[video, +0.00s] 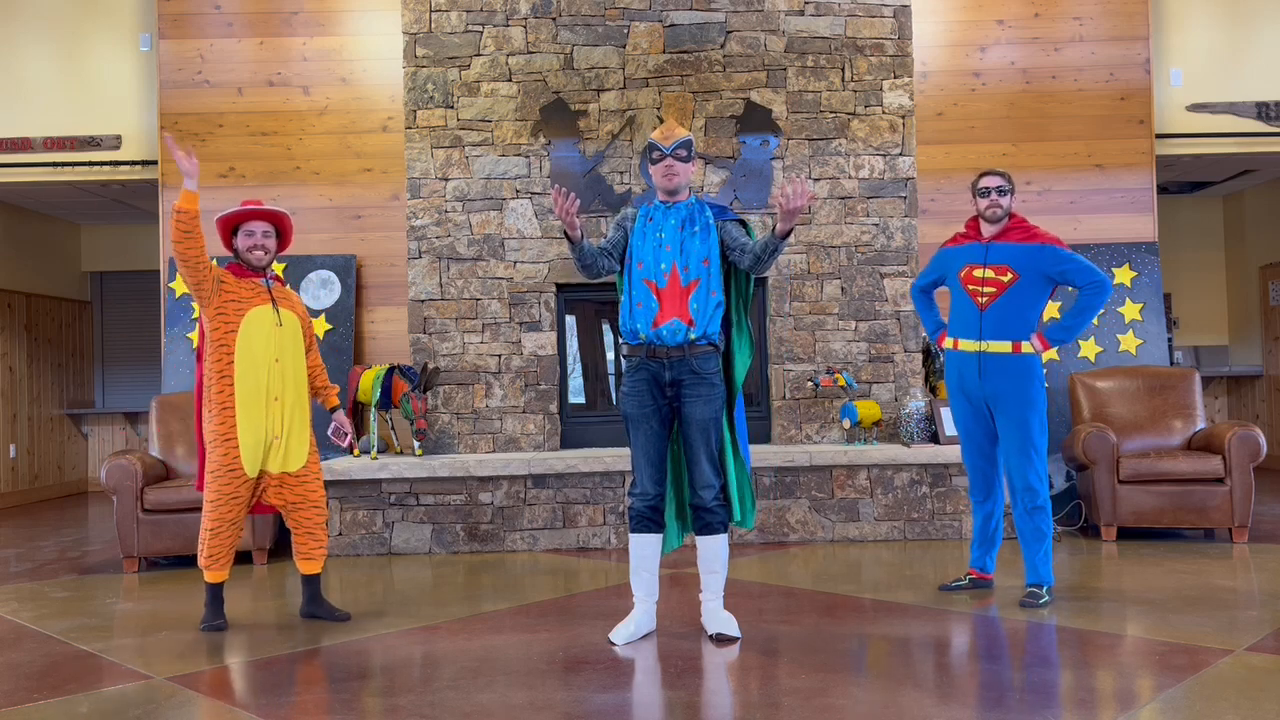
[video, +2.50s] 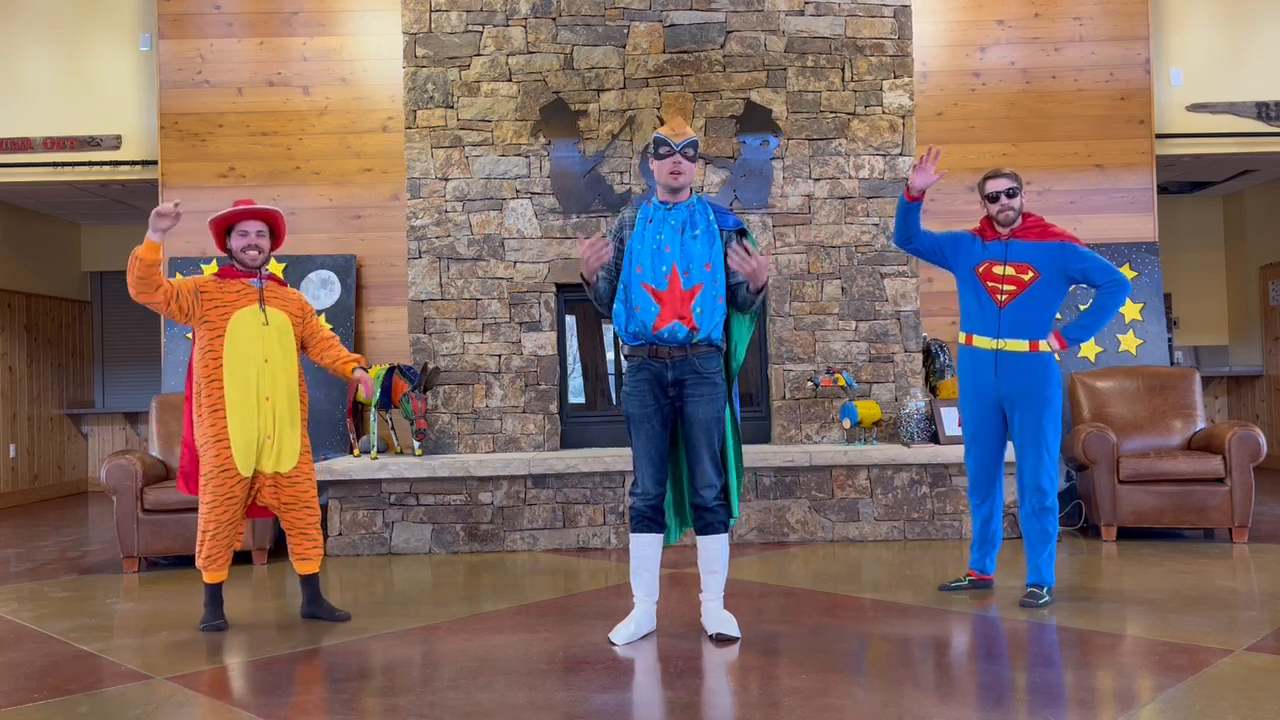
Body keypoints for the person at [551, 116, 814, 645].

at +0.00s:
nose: (671, 165)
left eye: (681, 157)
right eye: (661, 158)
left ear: (696, 166)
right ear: (648, 168)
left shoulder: (717, 217)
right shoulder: (632, 217)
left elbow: (752, 261)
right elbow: (597, 265)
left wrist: (781, 230)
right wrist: (576, 237)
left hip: (700, 365)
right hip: (642, 367)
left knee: (707, 485)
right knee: (646, 488)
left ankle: (714, 607)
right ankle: (644, 609)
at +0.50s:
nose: (645, 164)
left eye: (656, 155)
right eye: (642, 159)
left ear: (685, 163)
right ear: (643, 170)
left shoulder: (720, 220)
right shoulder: (637, 222)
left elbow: (753, 286)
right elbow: (605, 291)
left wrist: (774, 257)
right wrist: (595, 263)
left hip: (700, 366)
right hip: (641, 367)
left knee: (706, 484)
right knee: (647, 487)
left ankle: (713, 608)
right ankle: (644, 610)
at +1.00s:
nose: (668, 166)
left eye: (677, 156)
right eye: (657, 160)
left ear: (693, 164)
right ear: (645, 171)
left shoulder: (722, 221)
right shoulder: (631, 223)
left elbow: (752, 295)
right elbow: (608, 298)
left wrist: (775, 265)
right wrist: (585, 262)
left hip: (702, 365)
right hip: (643, 366)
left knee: (708, 485)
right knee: (647, 488)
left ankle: (714, 607)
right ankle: (644, 609)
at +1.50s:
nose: (672, 166)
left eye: (681, 157)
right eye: (662, 159)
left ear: (695, 166)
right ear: (647, 168)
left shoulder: (719, 223)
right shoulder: (628, 223)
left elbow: (753, 291)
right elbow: (599, 296)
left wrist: (806, 269)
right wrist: (554, 267)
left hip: (701, 366)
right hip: (641, 366)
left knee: (707, 486)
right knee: (646, 489)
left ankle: (714, 608)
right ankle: (644, 610)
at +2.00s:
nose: (670, 165)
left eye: (679, 156)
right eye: (659, 157)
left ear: (694, 165)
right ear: (646, 167)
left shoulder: (717, 222)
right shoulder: (628, 223)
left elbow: (751, 292)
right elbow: (599, 294)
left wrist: (798, 267)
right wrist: (560, 267)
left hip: (698, 365)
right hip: (639, 365)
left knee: (706, 485)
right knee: (646, 488)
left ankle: (714, 608)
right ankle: (643, 610)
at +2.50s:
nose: (677, 164)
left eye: (686, 155)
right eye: (666, 155)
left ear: (698, 164)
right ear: (650, 164)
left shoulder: (721, 221)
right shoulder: (630, 221)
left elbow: (741, 304)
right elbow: (609, 304)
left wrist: (755, 283)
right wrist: (595, 274)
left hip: (702, 364)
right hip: (642, 365)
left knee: (708, 485)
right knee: (647, 486)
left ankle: (713, 607)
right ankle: (643, 609)